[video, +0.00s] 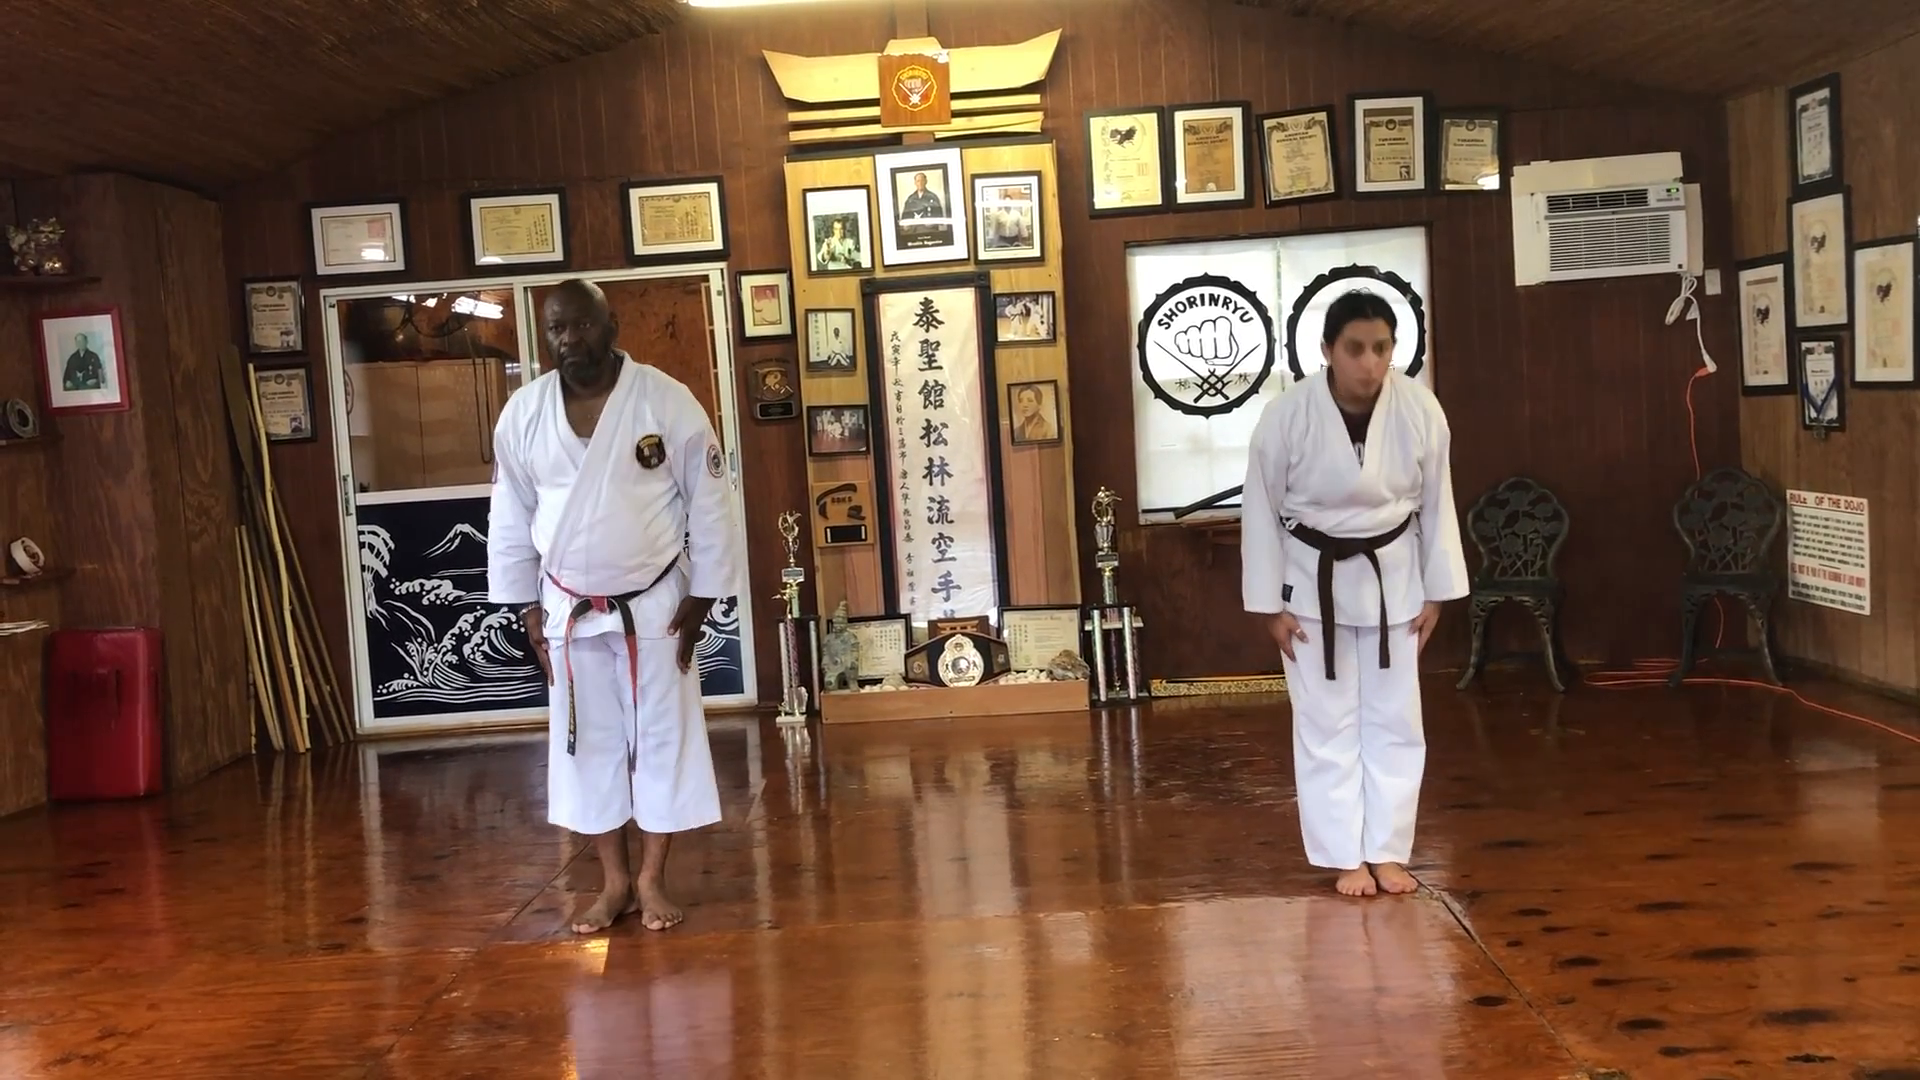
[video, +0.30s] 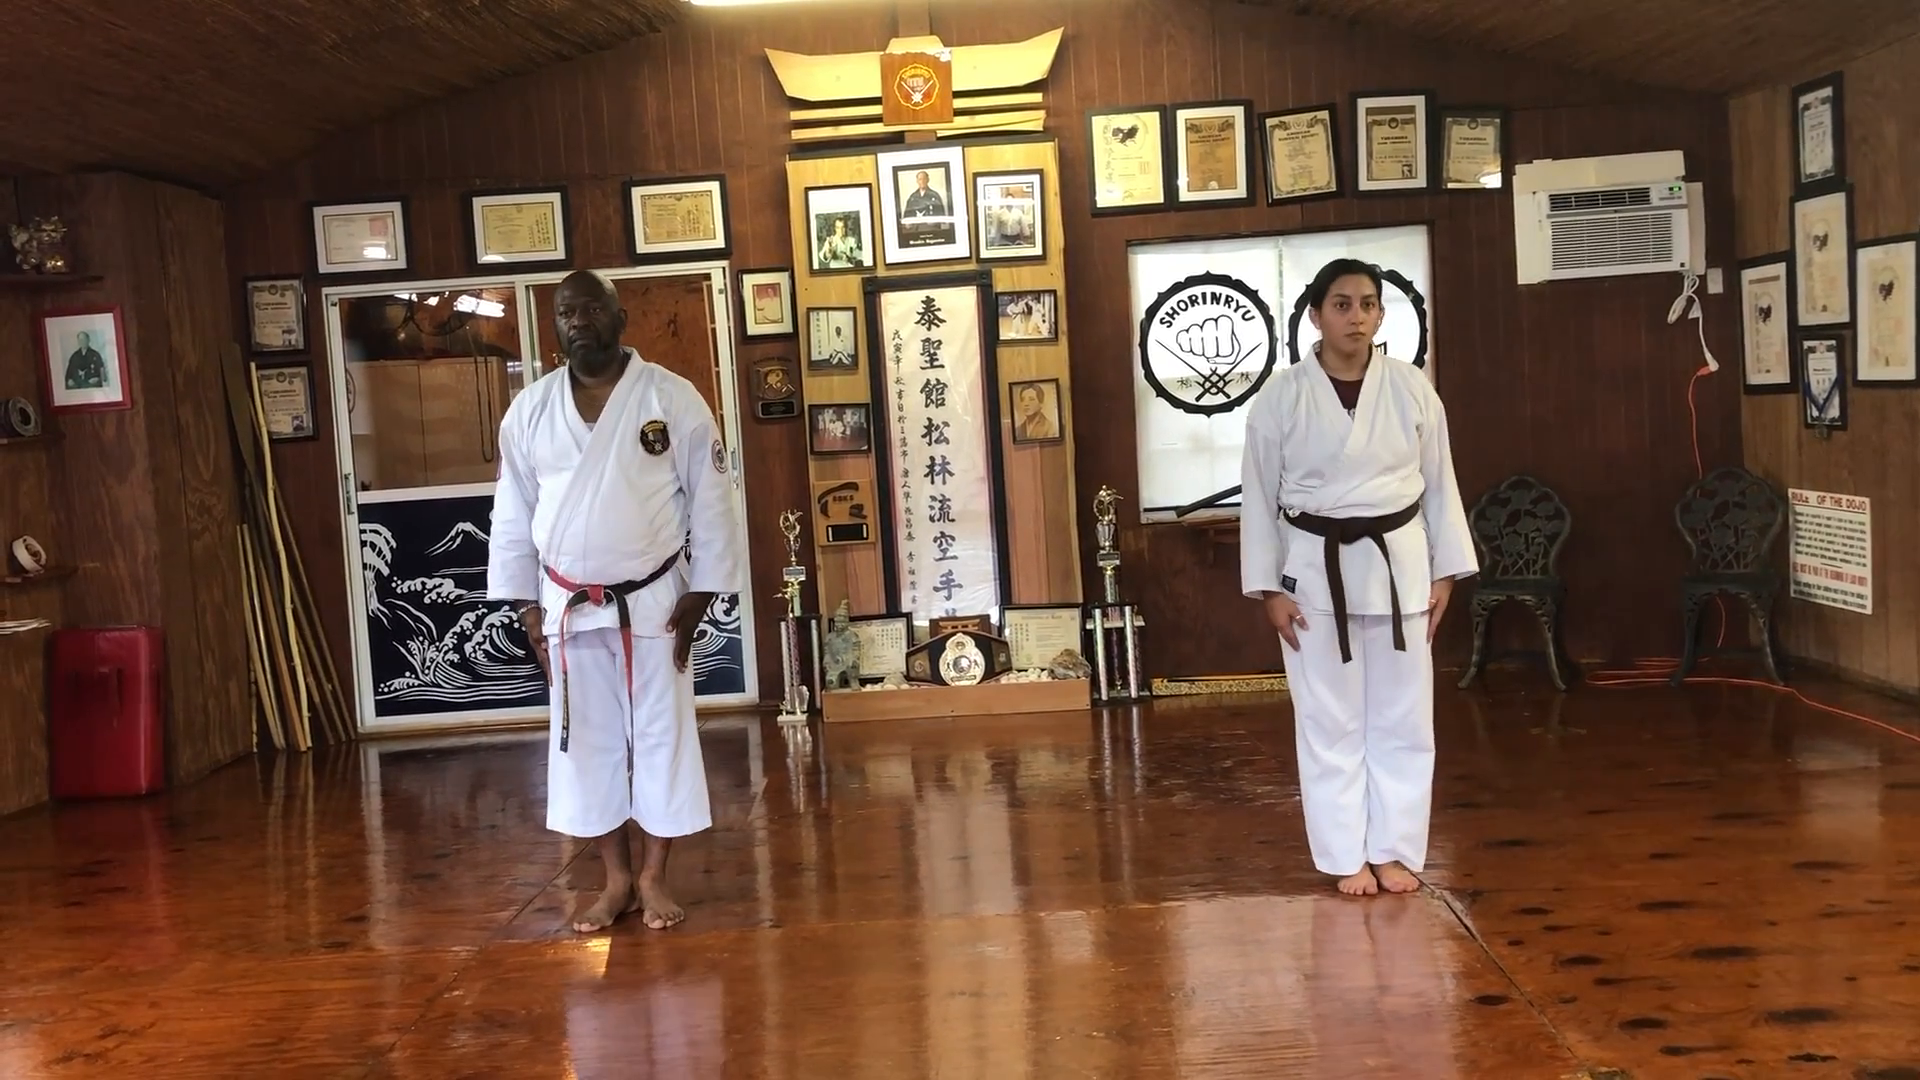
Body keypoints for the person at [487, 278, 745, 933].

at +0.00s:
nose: (566, 340)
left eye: (577, 325)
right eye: (555, 330)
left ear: (610, 325)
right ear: (545, 337)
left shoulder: (667, 401)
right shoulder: (523, 414)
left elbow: (710, 502)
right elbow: (512, 514)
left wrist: (705, 594)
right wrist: (525, 604)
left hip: (655, 595)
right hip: (569, 603)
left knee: (660, 737)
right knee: (588, 738)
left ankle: (650, 880)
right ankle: (613, 882)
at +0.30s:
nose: (581, 322)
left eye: (593, 310)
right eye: (568, 314)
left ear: (621, 318)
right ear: (554, 329)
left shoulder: (672, 399)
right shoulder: (529, 411)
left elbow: (711, 500)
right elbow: (513, 511)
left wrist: (704, 591)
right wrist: (523, 601)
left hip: (654, 591)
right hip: (570, 599)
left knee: (658, 734)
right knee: (589, 736)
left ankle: (651, 879)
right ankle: (615, 879)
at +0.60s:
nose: (583, 322)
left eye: (595, 309)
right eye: (571, 313)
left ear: (624, 317)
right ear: (558, 329)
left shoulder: (675, 399)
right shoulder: (531, 412)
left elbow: (712, 502)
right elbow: (515, 511)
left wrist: (703, 592)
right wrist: (524, 601)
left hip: (654, 591)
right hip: (570, 599)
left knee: (658, 734)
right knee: (590, 735)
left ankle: (653, 880)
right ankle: (617, 880)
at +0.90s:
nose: (581, 322)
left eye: (593, 310)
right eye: (571, 313)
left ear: (624, 318)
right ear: (559, 328)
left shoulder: (676, 399)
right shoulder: (532, 411)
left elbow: (712, 501)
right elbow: (516, 511)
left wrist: (704, 592)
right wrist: (524, 600)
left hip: (655, 591)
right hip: (571, 599)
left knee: (658, 734)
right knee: (590, 735)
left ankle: (654, 880)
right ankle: (617, 880)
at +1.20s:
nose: (585, 323)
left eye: (596, 310)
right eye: (572, 315)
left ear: (623, 317)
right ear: (559, 329)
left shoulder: (677, 395)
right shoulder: (535, 414)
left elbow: (721, 491)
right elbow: (520, 514)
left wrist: (722, 585)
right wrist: (529, 605)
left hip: (668, 587)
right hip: (581, 598)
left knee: (681, 729)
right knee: (596, 735)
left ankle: (693, 873)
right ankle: (618, 879)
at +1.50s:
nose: (619, 329)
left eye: (631, 316)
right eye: (606, 319)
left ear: (661, 320)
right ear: (593, 328)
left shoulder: (713, 399)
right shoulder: (570, 412)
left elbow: (759, 493)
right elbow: (549, 506)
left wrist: (744, 568)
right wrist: (556, 591)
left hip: (708, 587)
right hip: (618, 599)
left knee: (770, 722)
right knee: (616, 737)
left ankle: (819, 869)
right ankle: (622, 883)